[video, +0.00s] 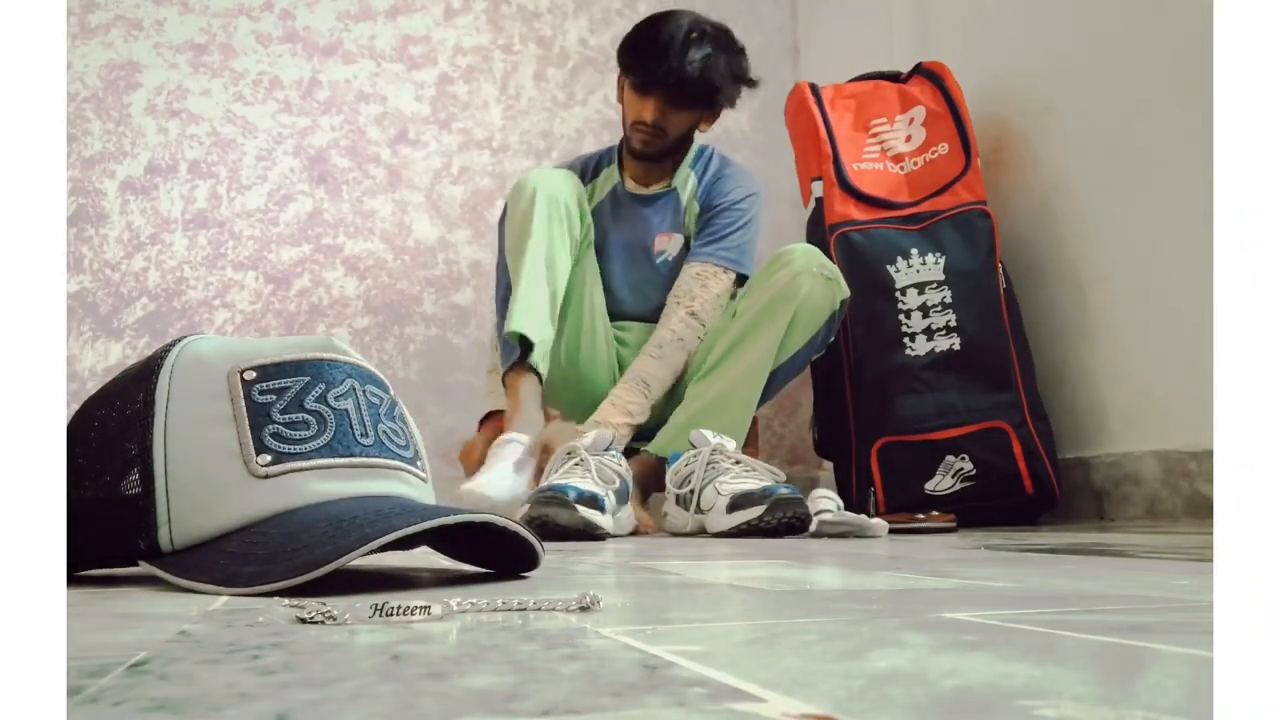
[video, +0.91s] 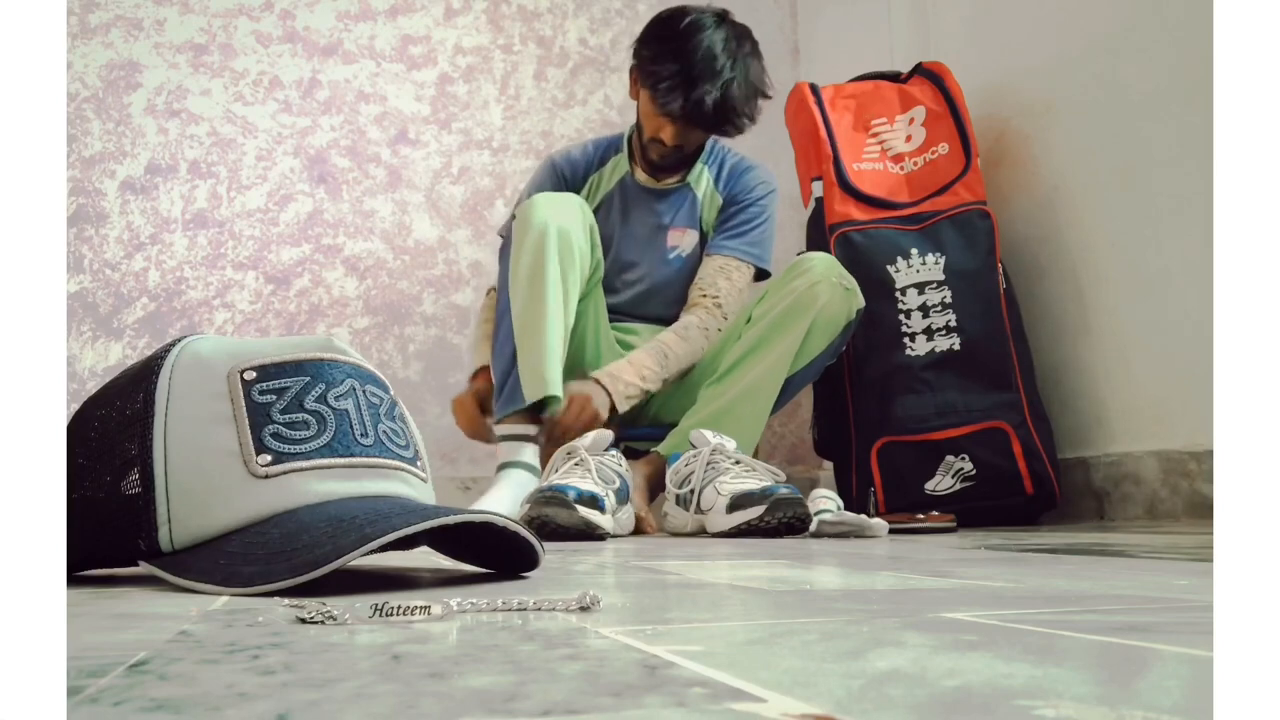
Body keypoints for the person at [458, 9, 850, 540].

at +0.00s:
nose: (648, 114)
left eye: (676, 101)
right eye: (639, 90)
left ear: (709, 117)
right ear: (621, 82)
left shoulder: (731, 191)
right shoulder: (568, 183)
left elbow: (688, 321)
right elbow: (514, 316)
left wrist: (604, 432)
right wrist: (509, 426)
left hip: (685, 379)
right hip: (584, 377)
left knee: (809, 268)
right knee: (543, 186)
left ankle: (648, 473)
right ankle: (522, 434)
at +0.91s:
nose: (672, 136)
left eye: (694, 125)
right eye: (663, 112)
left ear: (724, 117)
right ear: (637, 84)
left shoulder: (745, 187)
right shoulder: (569, 173)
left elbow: (709, 315)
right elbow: (508, 287)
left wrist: (609, 386)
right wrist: (486, 372)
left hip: (689, 376)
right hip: (587, 363)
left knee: (827, 279)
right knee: (550, 210)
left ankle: (655, 475)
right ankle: (524, 464)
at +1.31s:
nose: (614, 145)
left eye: (628, 126)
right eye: (596, 129)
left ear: (655, 115)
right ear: (571, 122)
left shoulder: (698, 206)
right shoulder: (550, 193)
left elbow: (751, 294)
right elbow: (453, 275)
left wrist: (825, 252)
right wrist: (486, 200)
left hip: (691, 387)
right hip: (588, 384)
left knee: (737, 202)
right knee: (547, 196)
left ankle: (758, 426)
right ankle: (542, 423)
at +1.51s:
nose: (624, 127)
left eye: (635, 103)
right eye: (602, 112)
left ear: (664, 92)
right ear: (577, 113)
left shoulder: (710, 192)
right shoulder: (543, 192)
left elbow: (784, 298)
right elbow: (470, 327)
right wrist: (455, 238)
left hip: (701, 383)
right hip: (595, 387)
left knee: (775, 214)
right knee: (552, 210)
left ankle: (766, 460)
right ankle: (583, 460)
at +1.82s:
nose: (667, 121)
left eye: (682, 96)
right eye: (644, 100)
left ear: (704, 80)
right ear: (606, 94)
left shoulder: (744, 179)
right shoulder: (561, 151)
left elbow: (812, 306)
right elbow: (602, 299)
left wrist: (844, 402)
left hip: (705, 383)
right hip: (605, 376)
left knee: (759, 200)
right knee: (502, 247)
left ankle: (742, 464)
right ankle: (586, 457)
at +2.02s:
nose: (654, 127)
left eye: (667, 102)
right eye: (630, 110)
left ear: (689, 76)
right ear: (593, 98)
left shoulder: (731, 180)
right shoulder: (554, 177)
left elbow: (803, 300)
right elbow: (607, 318)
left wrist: (827, 375)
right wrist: (725, 379)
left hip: (701, 385)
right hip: (604, 383)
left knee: (750, 203)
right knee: (499, 249)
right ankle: (584, 462)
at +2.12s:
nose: (675, 126)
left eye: (690, 101)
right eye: (652, 107)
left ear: (711, 86)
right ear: (616, 98)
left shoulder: (745, 183)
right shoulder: (566, 175)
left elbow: (807, 305)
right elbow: (614, 326)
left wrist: (843, 385)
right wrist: (729, 386)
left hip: (704, 383)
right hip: (606, 381)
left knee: (761, 204)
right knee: (502, 248)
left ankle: (734, 460)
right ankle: (585, 457)